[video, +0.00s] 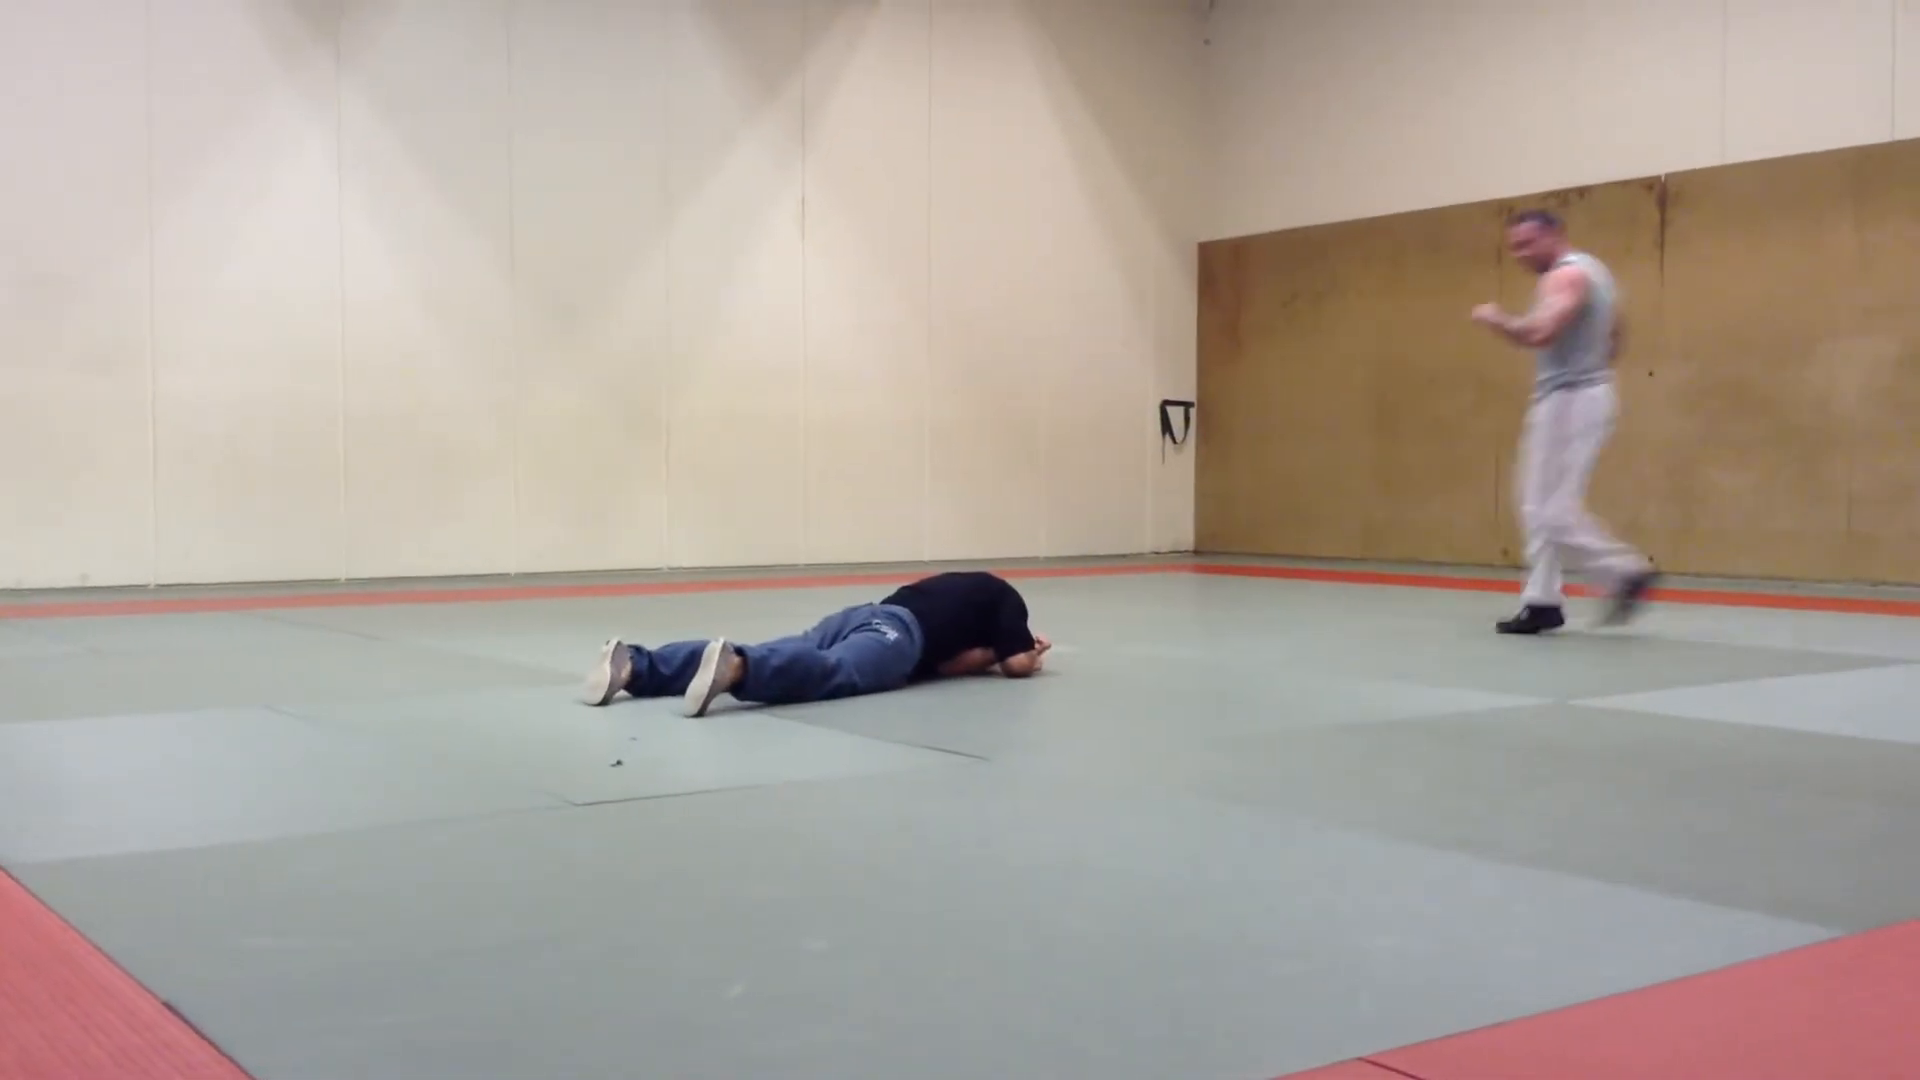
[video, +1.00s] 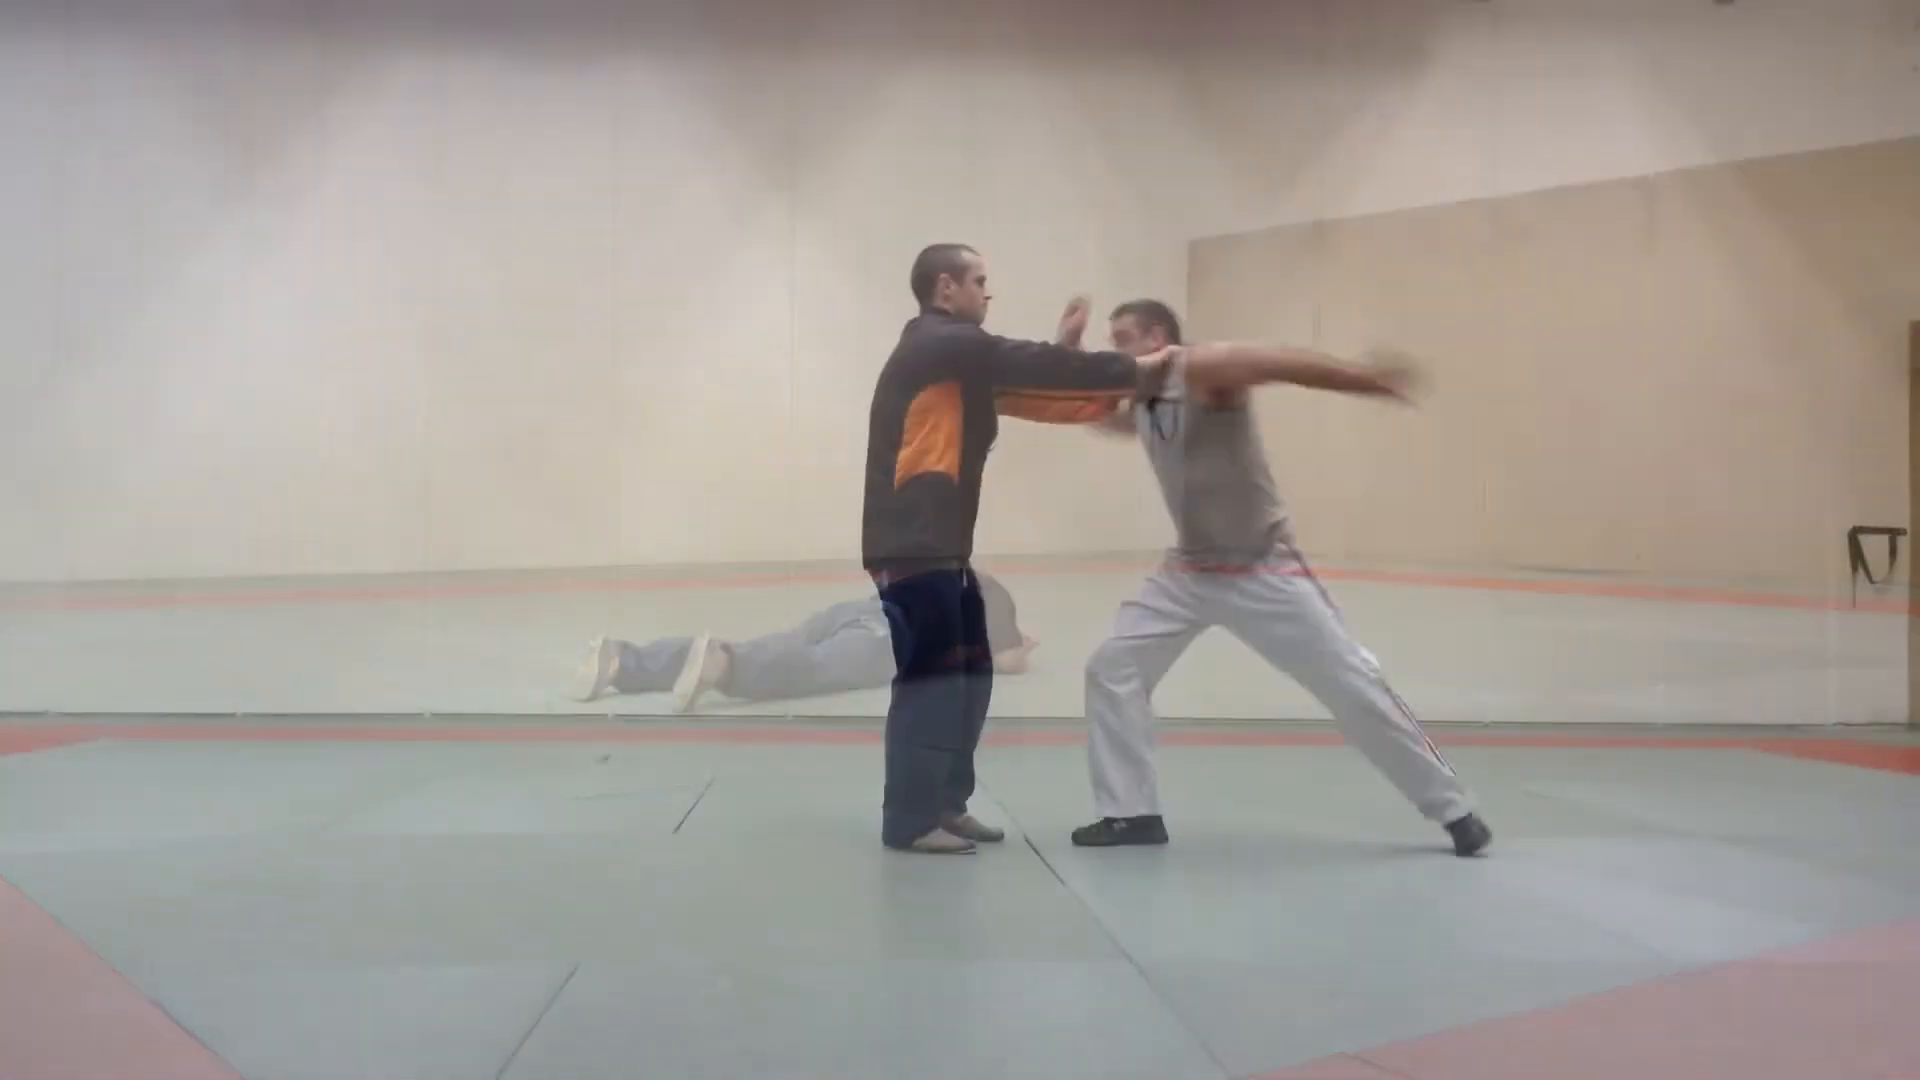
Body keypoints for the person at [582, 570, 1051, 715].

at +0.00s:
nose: (1023, 647)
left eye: (1020, 644)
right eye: (1022, 644)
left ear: (986, 601)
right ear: (1015, 606)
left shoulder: (950, 595)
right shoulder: (1003, 599)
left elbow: (943, 665)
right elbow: (1016, 662)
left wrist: (1004, 653)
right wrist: (1029, 658)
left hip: (858, 616)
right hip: (900, 627)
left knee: (767, 653)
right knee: (834, 671)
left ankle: (635, 667)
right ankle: (740, 668)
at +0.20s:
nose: (1019, 645)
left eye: (1016, 642)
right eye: (1019, 642)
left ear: (976, 591)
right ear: (1010, 604)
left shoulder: (944, 594)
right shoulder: (999, 597)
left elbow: (939, 665)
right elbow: (1014, 661)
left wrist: (999, 653)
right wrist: (1027, 656)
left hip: (856, 616)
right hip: (898, 627)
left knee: (765, 652)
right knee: (832, 670)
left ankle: (633, 666)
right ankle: (738, 667)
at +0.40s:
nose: (1014, 642)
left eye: (1015, 640)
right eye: (1017, 639)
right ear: (1014, 613)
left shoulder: (946, 590)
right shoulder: (993, 591)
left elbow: (929, 660)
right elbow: (1002, 658)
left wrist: (993, 646)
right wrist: (1023, 656)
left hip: (857, 613)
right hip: (892, 628)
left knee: (756, 653)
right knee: (826, 664)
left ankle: (626, 663)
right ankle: (729, 665)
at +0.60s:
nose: (1014, 639)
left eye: (1011, 635)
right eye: (1014, 630)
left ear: (967, 586)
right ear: (1000, 598)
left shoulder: (942, 592)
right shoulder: (986, 590)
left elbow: (930, 657)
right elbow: (993, 653)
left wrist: (1002, 647)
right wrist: (1013, 655)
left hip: (856, 610)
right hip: (889, 627)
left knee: (762, 645)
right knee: (823, 665)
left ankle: (623, 660)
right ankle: (730, 662)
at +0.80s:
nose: (1015, 634)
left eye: (1011, 626)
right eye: (1013, 623)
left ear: (979, 586)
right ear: (999, 601)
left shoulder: (951, 582)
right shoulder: (986, 599)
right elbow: (993, 656)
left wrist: (1008, 641)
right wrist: (1016, 654)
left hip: (864, 610)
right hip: (889, 636)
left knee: (769, 646)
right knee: (815, 667)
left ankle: (624, 662)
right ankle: (727, 662)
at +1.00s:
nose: (1016, 638)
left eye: (1011, 629)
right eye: (1011, 626)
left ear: (983, 592)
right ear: (999, 609)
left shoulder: (959, 579)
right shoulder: (984, 607)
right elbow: (988, 659)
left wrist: (1003, 642)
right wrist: (1015, 656)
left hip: (869, 612)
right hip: (893, 639)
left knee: (770, 649)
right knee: (815, 669)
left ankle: (625, 664)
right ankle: (728, 664)